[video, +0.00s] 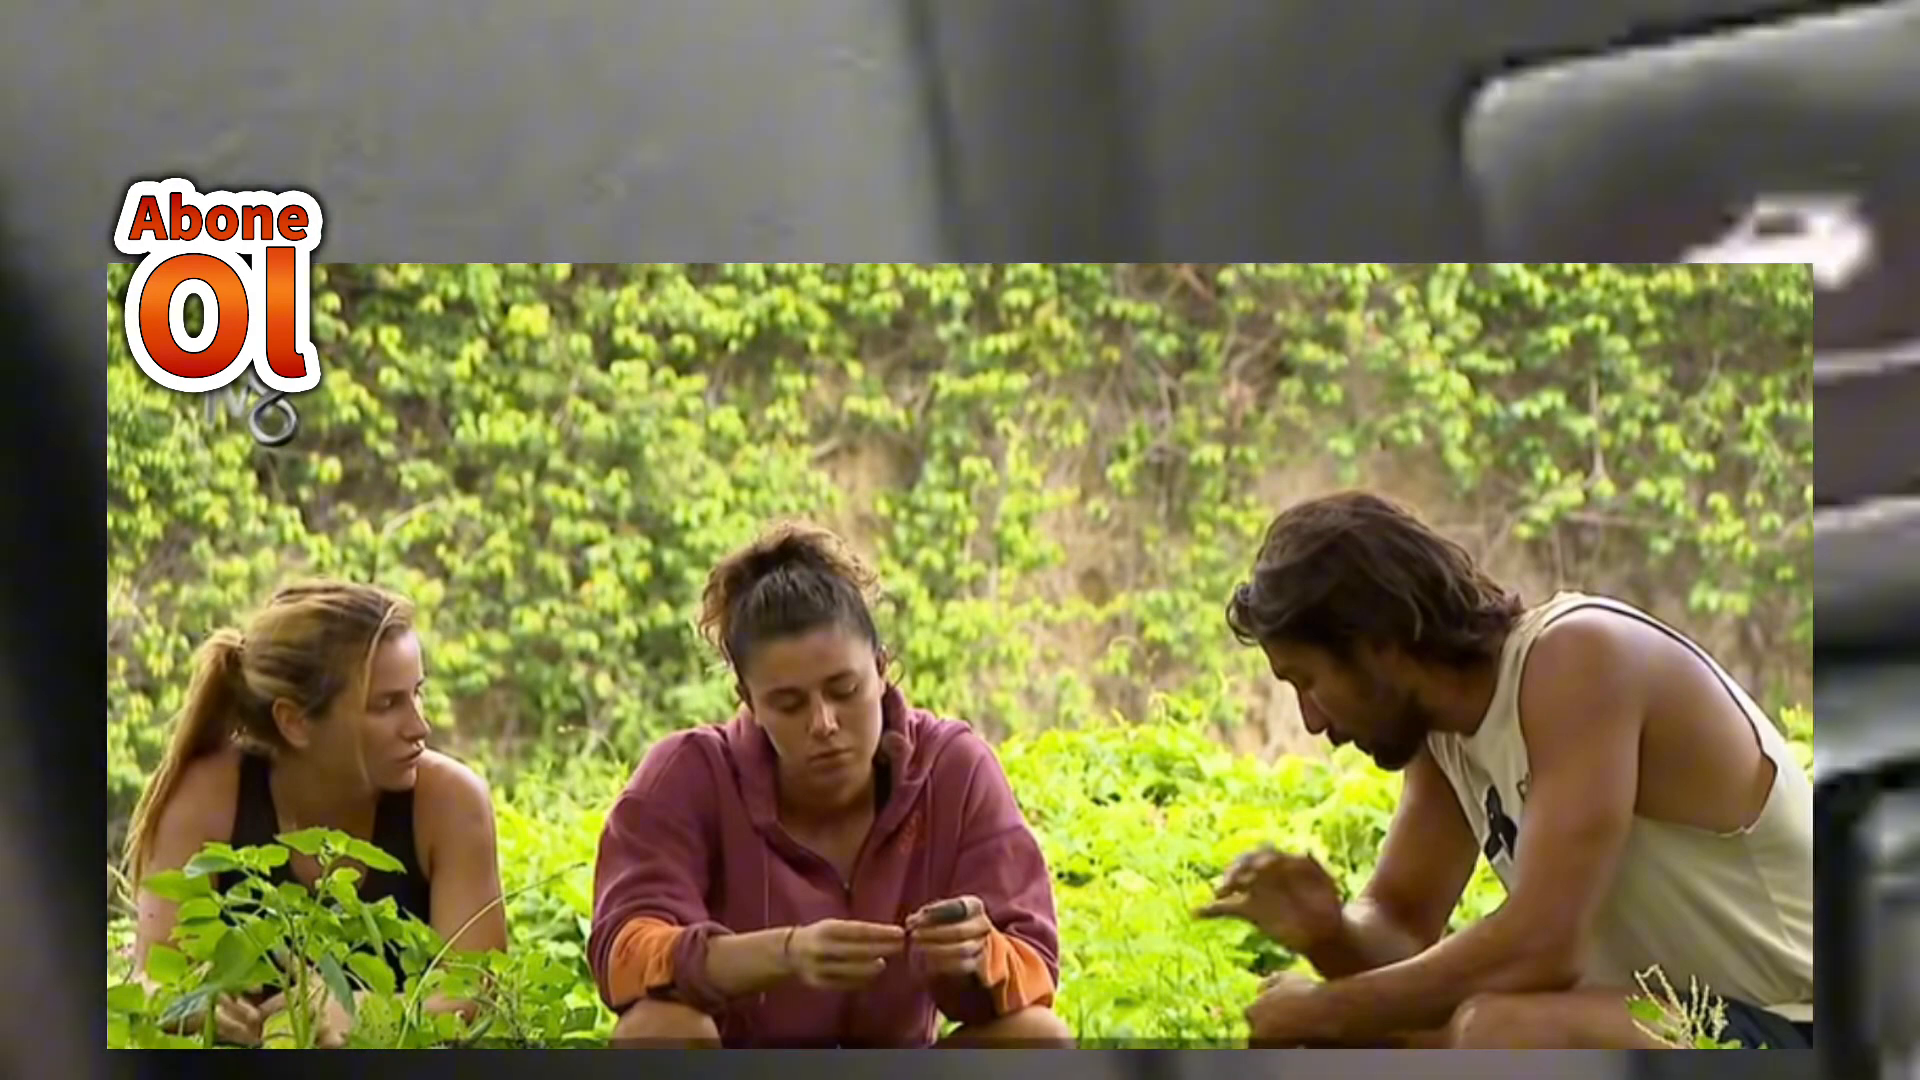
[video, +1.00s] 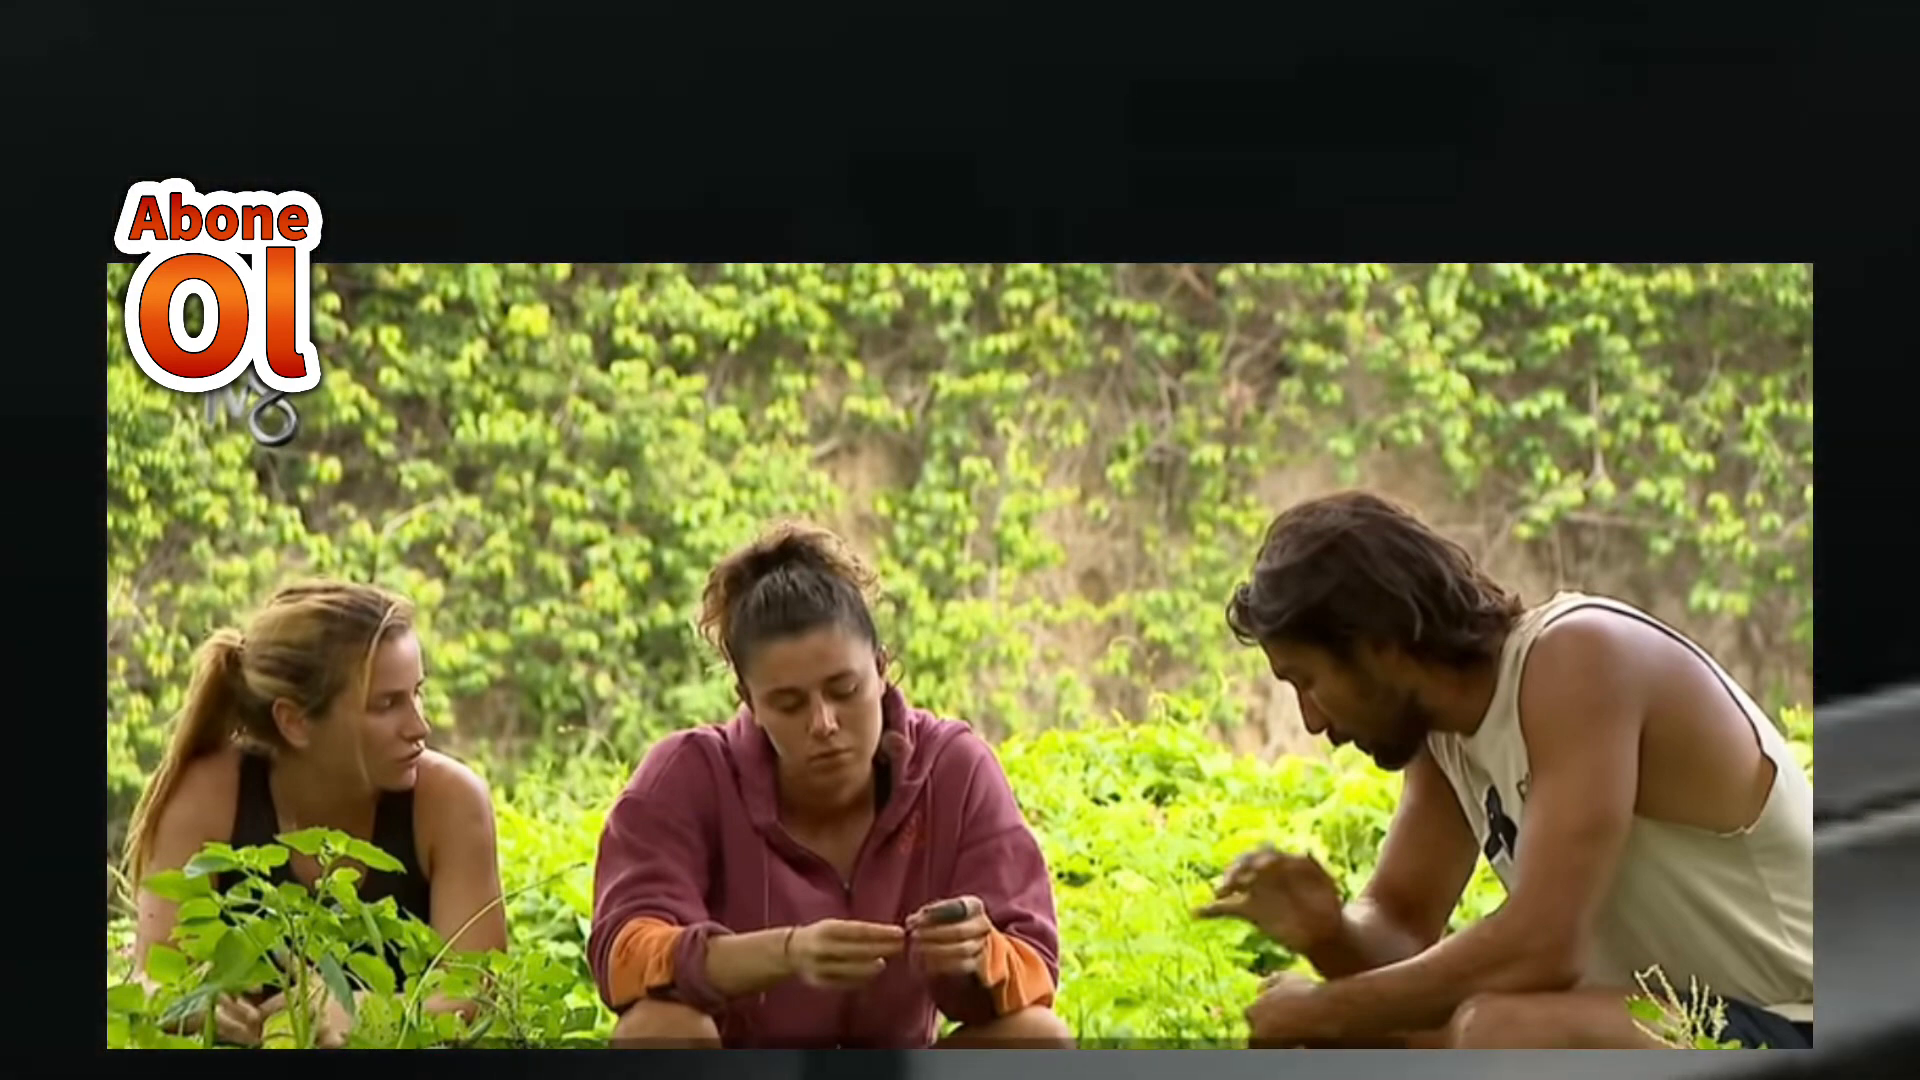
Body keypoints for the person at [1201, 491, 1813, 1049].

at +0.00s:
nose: (1312, 724)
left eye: (1306, 687)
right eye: (1296, 693)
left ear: (1383, 644)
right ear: (1383, 644)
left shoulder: (1584, 657)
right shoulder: (1450, 729)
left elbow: (1539, 950)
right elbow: (1403, 927)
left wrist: (1324, 1014)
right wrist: (1330, 932)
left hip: (1790, 1019)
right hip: (1653, 1003)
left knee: (1502, 1027)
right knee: (1377, 1029)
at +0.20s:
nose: (1311, 723)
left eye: (1306, 686)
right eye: (1295, 693)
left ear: (1383, 642)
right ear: (1383, 643)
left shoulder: (1584, 656)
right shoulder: (1450, 731)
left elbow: (1539, 950)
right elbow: (1403, 924)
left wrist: (1326, 1015)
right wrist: (1330, 934)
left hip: (1788, 1018)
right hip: (1656, 1003)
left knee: (1502, 1026)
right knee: (1382, 1026)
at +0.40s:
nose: (1310, 723)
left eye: (1306, 686)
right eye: (1295, 693)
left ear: (1386, 643)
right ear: (1386, 645)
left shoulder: (1584, 656)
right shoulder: (1451, 730)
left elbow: (1539, 950)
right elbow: (1403, 924)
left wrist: (1318, 1015)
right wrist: (1331, 933)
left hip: (1785, 1018)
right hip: (1648, 1005)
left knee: (1501, 1025)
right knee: (1377, 1028)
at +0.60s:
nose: (1311, 723)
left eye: (1306, 687)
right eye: (1296, 693)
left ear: (1383, 642)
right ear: (1383, 643)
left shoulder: (1584, 656)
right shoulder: (1450, 730)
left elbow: (1539, 950)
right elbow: (1403, 924)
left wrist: (1322, 1016)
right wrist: (1330, 933)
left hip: (1787, 1012)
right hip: (1651, 1000)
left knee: (1501, 1025)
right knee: (1378, 1024)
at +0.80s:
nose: (1310, 723)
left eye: (1305, 686)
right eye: (1295, 693)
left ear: (1384, 642)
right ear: (1384, 644)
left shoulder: (1584, 656)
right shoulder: (1450, 730)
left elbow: (1539, 950)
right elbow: (1403, 924)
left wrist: (1324, 1015)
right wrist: (1330, 933)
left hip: (1790, 1013)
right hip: (1655, 1001)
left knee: (1501, 1026)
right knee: (1384, 1026)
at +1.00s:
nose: (1310, 723)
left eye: (1305, 686)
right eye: (1295, 693)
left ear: (1385, 643)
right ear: (1385, 645)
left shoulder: (1584, 656)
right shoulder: (1451, 730)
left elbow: (1540, 950)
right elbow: (1403, 925)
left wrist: (1327, 1015)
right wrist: (1330, 934)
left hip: (1789, 1016)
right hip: (1653, 1002)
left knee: (1502, 1025)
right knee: (1386, 1025)